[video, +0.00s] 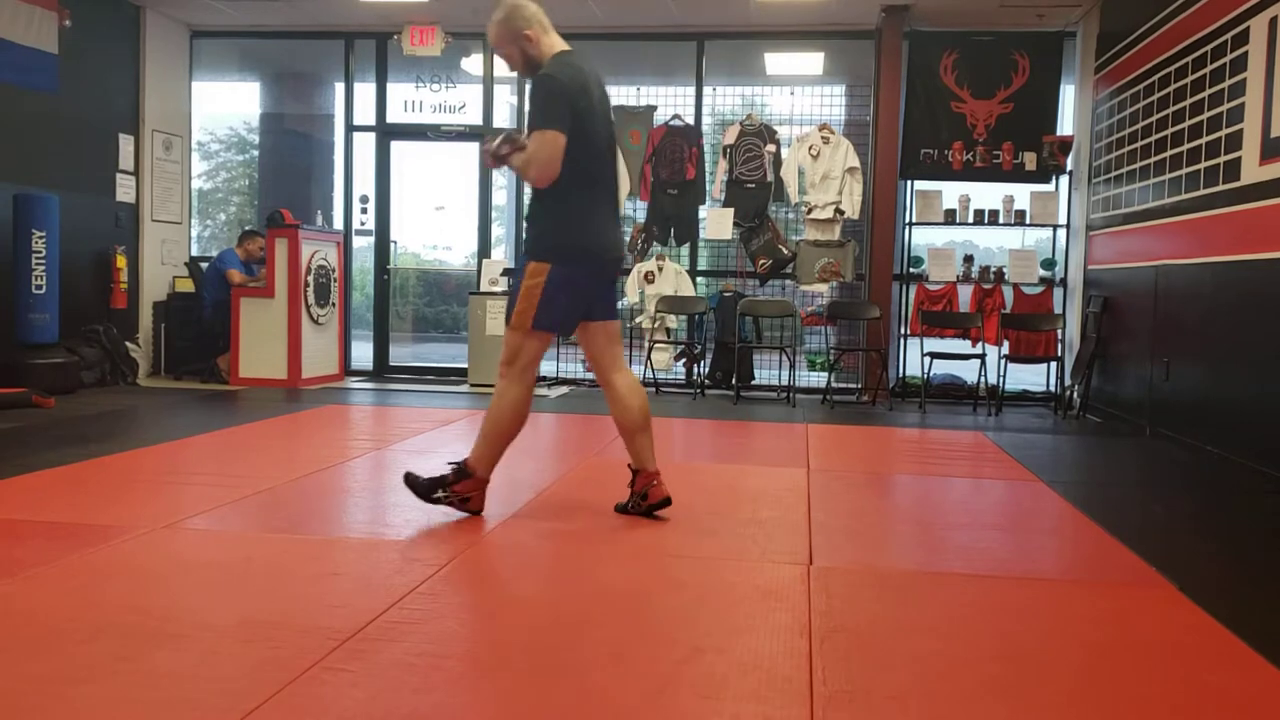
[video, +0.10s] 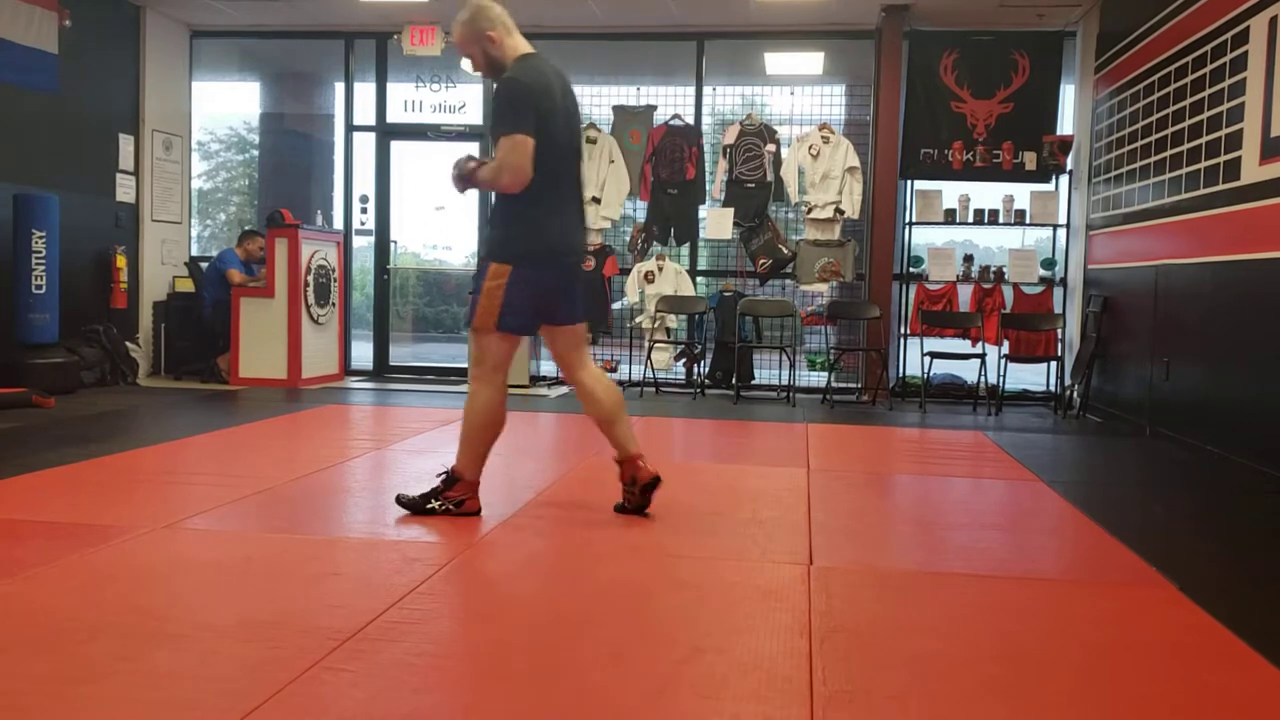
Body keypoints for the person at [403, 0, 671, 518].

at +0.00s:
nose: (511, 68)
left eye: (507, 56)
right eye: (505, 59)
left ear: (529, 38)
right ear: (540, 34)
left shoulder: (554, 80)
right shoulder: (587, 77)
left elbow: (542, 171)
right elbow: (608, 175)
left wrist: (511, 152)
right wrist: (525, 149)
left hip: (558, 251)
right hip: (599, 248)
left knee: (516, 368)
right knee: (612, 366)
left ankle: (471, 481)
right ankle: (648, 482)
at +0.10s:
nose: (473, 68)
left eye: (470, 56)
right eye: (467, 59)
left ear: (493, 36)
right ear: (502, 34)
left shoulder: (517, 83)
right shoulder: (552, 77)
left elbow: (514, 175)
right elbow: (548, 169)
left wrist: (472, 174)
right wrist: (487, 166)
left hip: (517, 253)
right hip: (562, 250)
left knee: (487, 372)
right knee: (579, 364)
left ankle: (462, 487)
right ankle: (636, 470)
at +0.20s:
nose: (438, 64)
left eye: (436, 52)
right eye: (432, 55)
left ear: (458, 33)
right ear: (471, 28)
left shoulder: (481, 75)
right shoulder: (523, 73)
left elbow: (477, 165)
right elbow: (540, 167)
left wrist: (441, 170)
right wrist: (460, 177)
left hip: (487, 242)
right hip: (526, 241)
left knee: (467, 364)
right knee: (516, 351)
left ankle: (461, 486)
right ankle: (585, 439)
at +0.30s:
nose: (408, 58)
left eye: (405, 46)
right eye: (402, 50)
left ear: (427, 26)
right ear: (441, 22)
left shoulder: (451, 68)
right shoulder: (500, 73)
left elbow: (444, 156)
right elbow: (526, 162)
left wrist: (408, 153)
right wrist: (445, 171)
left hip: (462, 241)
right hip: (492, 238)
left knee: (458, 361)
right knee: (467, 348)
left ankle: (460, 486)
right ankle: (516, 441)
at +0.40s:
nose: (385, 61)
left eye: (382, 50)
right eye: (379, 54)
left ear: (399, 30)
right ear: (415, 24)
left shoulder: (426, 67)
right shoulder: (468, 72)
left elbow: (409, 151)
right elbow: (500, 160)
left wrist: (366, 130)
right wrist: (419, 174)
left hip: (440, 241)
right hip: (456, 237)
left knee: (446, 360)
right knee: (410, 341)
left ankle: (461, 488)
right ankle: (435, 462)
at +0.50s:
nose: (356, 70)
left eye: (353, 59)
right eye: (351, 63)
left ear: (370, 37)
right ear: (383, 34)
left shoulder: (403, 71)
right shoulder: (436, 74)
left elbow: (364, 150)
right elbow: (472, 160)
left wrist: (336, 107)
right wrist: (397, 186)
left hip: (416, 243)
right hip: (415, 240)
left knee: (427, 365)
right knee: (384, 358)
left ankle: (458, 486)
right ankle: (355, 465)